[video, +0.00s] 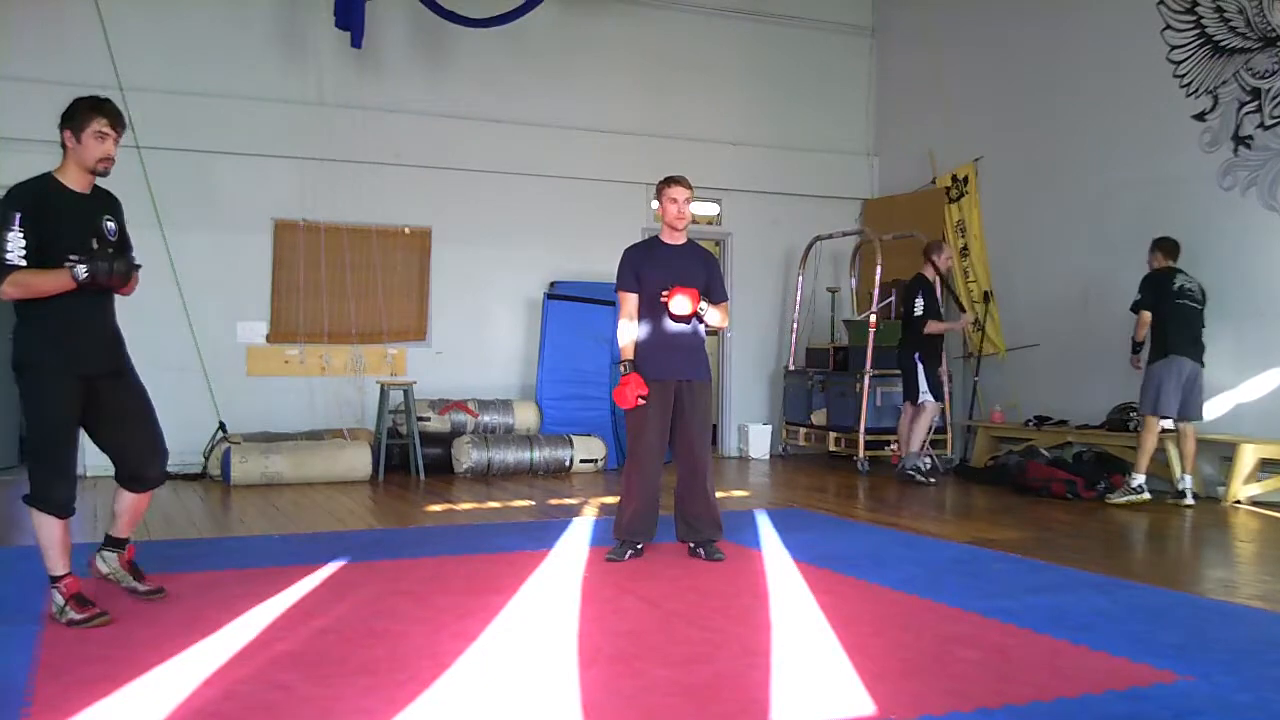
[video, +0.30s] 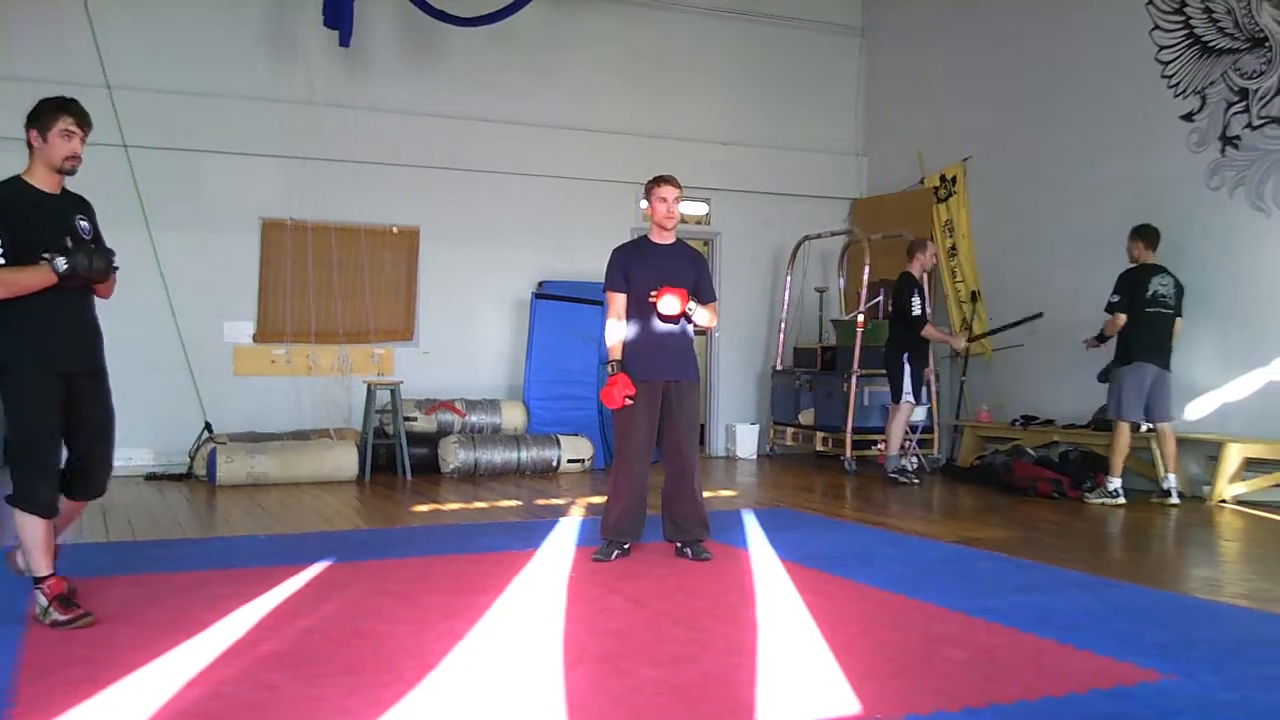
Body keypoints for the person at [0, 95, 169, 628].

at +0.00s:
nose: (110, 148)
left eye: (115, 139)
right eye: (100, 136)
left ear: (117, 146)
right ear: (69, 137)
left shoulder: (108, 206)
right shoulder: (24, 200)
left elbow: (128, 283)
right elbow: (8, 284)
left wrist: (120, 272)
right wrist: (83, 273)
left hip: (105, 358)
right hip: (46, 362)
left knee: (146, 460)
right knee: (53, 477)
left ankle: (114, 556)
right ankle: (62, 591)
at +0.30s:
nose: (77, 145)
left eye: (81, 137)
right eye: (66, 135)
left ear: (82, 144)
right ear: (36, 138)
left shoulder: (79, 208)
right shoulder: (5, 200)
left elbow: (106, 289)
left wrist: (97, 268)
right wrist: (63, 268)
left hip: (82, 358)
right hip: (24, 360)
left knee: (91, 468)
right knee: (35, 469)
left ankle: (34, 548)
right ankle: (47, 592)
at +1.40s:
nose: (54, 160)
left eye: (58, 153)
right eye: (44, 150)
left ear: (56, 161)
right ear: (12, 152)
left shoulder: (45, 226)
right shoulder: (0, 212)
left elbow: (60, 301)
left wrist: (63, 287)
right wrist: (21, 278)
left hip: (40, 365)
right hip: (6, 364)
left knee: (33, 469)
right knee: (9, 468)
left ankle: (28, 575)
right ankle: (24, 573)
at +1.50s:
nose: (75, 156)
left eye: (79, 149)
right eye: (65, 147)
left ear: (77, 158)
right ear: (34, 152)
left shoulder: (74, 226)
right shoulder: (6, 209)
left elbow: (93, 302)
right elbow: (0, 288)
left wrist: (89, 280)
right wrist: (48, 278)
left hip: (72, 366)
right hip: (16, 367)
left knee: (72, 469)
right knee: (11, 477)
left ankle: (73, 575)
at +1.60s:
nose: (101, 158)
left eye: (104, 150)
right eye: (91, 149)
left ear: (105, 159)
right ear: (61, 153)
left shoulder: (103, 223)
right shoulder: (21, 212)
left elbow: (120, 305)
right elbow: (5, 288)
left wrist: (115, 283)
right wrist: (73, 279)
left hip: (102, 367)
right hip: (46, 366)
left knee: (105, 473)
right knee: (34, 479)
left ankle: (107, 575)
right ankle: (18, 591)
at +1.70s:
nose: (108, 156)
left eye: (110, 148)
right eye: (98, 146)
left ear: (107, 157)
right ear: (67, 151)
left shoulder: (108, 223)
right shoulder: (22, 212)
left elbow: (121, 304)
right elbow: (5, 286)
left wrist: (111, 280)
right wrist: (73, 275)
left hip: (98, 369)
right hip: (40, 367)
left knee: (113, 467)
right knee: (27, 475)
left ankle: (110, 572)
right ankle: (16, 589)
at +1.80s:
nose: (88, 151)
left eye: (90, 143)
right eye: (78, 141)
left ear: (80, 152)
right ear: (43, 145)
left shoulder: (81, 219)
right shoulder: (8, 204)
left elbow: (95, 294)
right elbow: (1, 284)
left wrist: (93, 282)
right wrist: (50, 276)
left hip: (70, 367)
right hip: (15, 369)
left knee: (100, 461)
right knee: (10, 479)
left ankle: (95, 566)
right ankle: (3, 584)